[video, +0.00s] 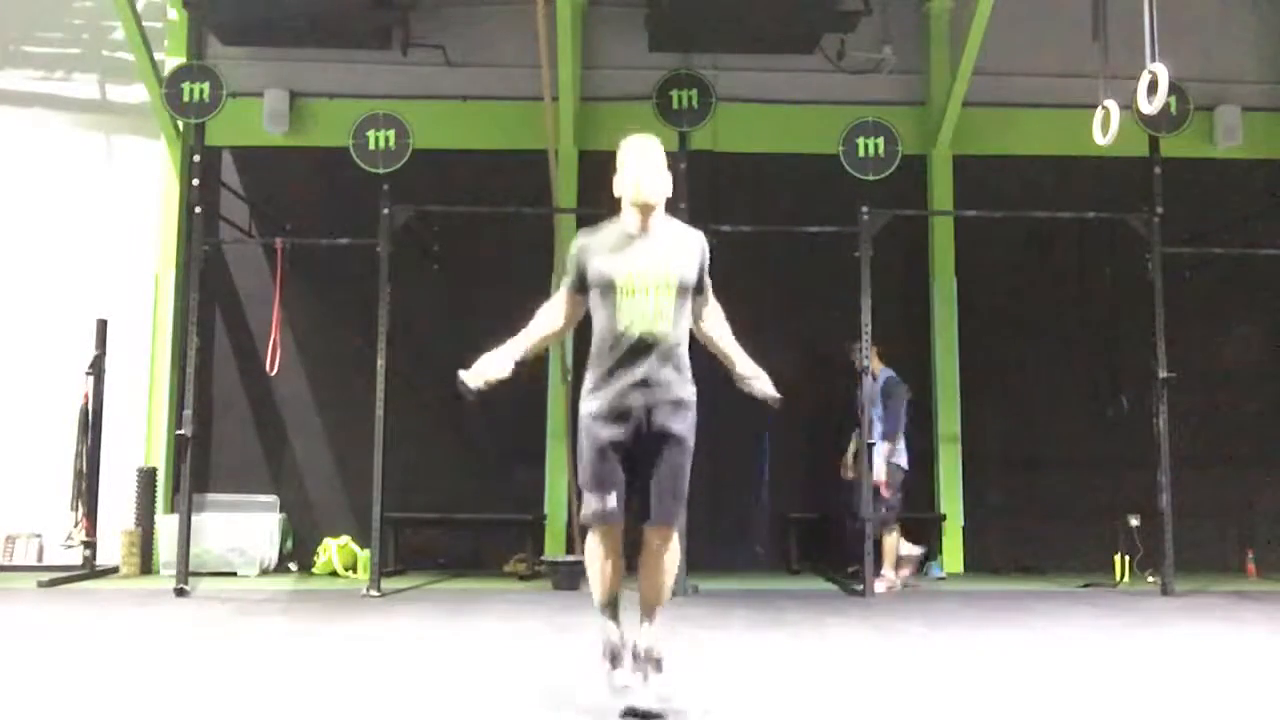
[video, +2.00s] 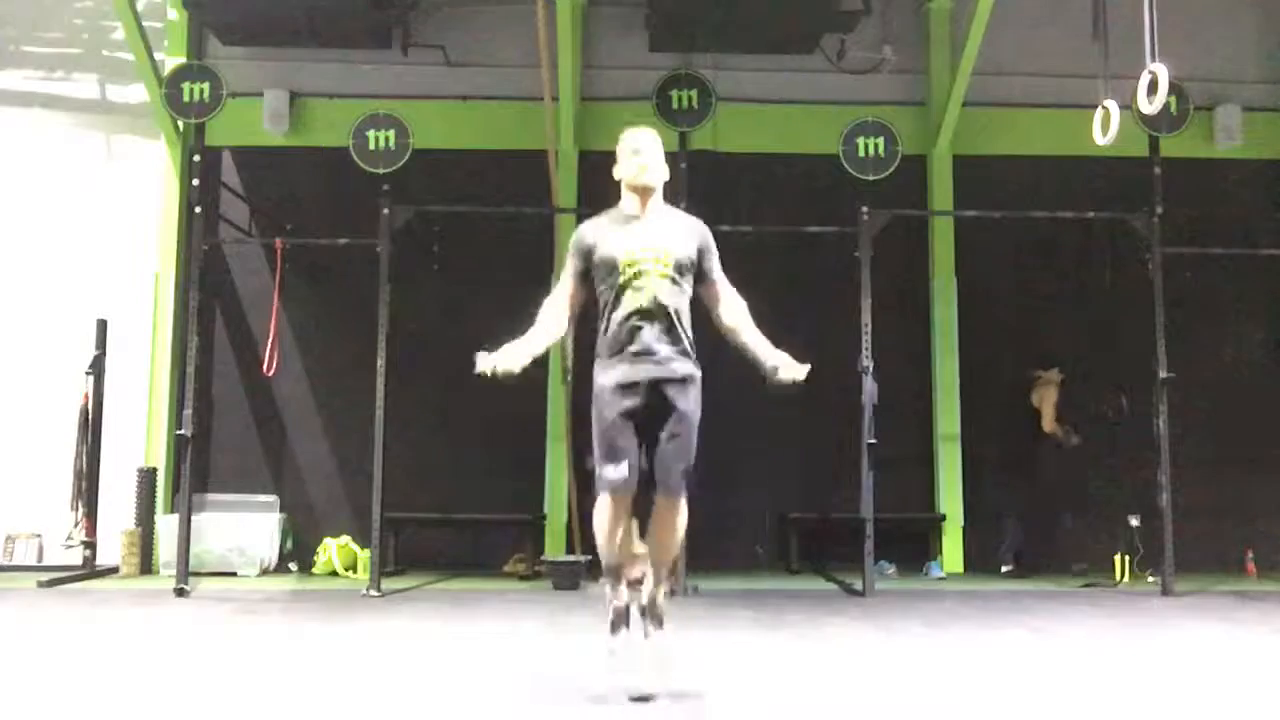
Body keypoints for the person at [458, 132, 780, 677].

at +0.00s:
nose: (645, 177)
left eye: (653, 168)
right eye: (635, 168)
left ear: (668, 178)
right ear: (618, 179)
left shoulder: (692, 244)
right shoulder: (589, 245)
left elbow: (705, 312)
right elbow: (563, 311)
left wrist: (745, 368)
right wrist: (505, 355)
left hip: (672, 399)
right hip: (605, 399)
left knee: (664, 524)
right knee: (603, 517)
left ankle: (649, 636)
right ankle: (608, 626)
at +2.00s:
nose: (644, 162)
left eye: (652, 154)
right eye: (634, 154)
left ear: (666, 167)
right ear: (617, 167)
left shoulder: (693, 231)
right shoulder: (591, 234)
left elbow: (725, 303)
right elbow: (561, 308)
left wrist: (771, 356)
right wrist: (517, 351)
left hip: (677, 370)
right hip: (616, 370)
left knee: (672, 486)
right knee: (617, 481)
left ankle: (656, 594)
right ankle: (614, 592)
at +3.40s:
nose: (649, 205)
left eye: (656, 196)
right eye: (639, 196)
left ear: (668, 204)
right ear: (621, 205)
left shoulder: (695, 267)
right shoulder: (594, 271)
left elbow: (717, 336)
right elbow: (565, 342)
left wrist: (765, 381)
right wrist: (512, 372)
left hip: (683, 413)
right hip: (619, 415)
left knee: (677, 535)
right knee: (621, 532)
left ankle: (665, 645)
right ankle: (622, 640)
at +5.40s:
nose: (654, 162)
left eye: (662, 154)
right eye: (645, 154)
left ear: (678, 167)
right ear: (629, 168)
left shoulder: (705, 231)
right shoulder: (604, 234)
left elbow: (734, 300)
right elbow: (572, 305)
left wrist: (778, 353)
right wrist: (525, 350)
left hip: (688, 373)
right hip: (626, 373)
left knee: (682, 489)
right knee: (627, 482)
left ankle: (670, 598)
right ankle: (625, 596)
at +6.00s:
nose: (661, 161)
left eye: (668, 154)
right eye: (651, 153)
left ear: (683, 165)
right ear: (634, 165)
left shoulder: (710, 229)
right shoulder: (609, 232)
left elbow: (740, 297)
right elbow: (584, 300)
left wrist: (778, 351)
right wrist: (555, 343)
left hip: (691, 367)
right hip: (632, 366)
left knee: (688, 480)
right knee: (636, 475)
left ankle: (673, 586)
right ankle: (636, 588)